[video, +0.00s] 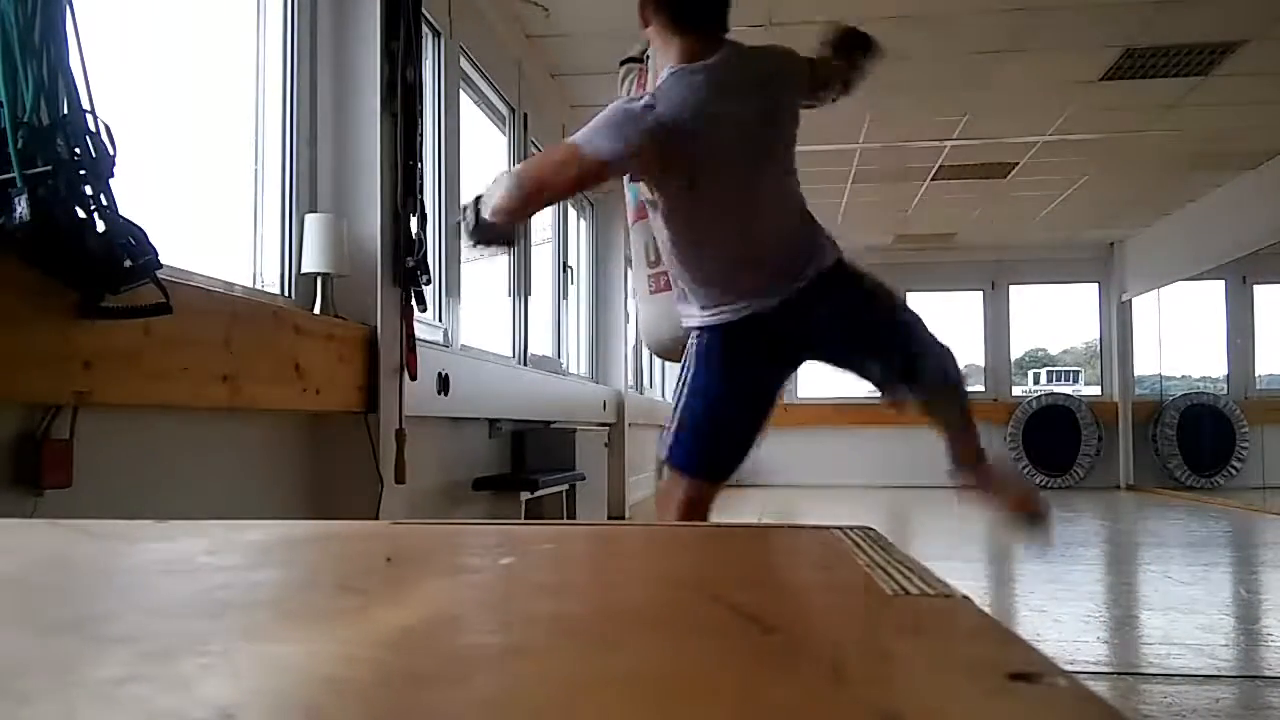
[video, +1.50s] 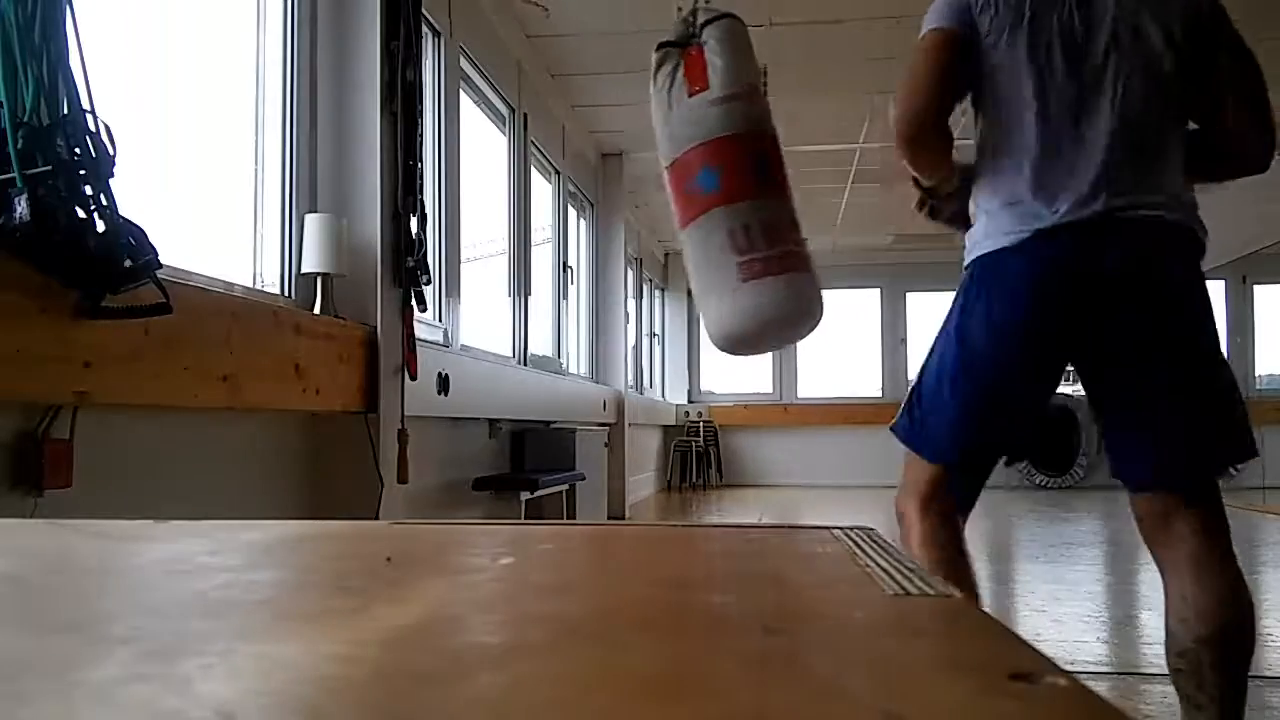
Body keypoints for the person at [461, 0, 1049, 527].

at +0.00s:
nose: (639, 22)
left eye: (640, 15)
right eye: (645, 16)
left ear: (650, 16)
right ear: (718, 15)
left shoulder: (646, 118)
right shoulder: (768, 67)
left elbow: (535, 184)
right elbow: (828, 81)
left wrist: (493, 216)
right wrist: (851, 51)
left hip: (733, 328)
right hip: (822, 286)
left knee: (684, 500)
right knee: (931, 366)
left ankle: (665, 641)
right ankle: (972, 467)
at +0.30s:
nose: (560, 105)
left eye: (559, 93)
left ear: (569, 105)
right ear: (647, 68)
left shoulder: (602, 226)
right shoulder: (723, 107)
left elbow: (587, 301)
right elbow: (830, 131)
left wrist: (584, 194)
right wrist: (895, 150)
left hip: (787, 355)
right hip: (838, 266)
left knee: (746, 516)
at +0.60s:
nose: (689, 14)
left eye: (694, 3)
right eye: (693, 4)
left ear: (712, 7)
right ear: (769, 1)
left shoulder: (732, 90)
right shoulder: (824, 50)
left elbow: (707, 239)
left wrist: (643, 181)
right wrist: (710, 88)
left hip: (783, 325)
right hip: (864, 296)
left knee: (710, 506)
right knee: (888, 435)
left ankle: (709, 670)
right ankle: (965, 575)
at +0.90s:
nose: (881, 12)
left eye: (885, 6)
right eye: (883, 9)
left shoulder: (918, 42)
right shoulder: (1034, 69)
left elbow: (905, 170)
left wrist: (806, 166)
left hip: (922, 338)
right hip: (1023, 339)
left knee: (804, 540)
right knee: (1056, 552)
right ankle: (1122, 719)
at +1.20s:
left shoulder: (960, 2)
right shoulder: (1158, 8)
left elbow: (870, 151)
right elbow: (1218, 149)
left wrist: (876, 92)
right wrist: (1105, 149)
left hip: (1015, 273)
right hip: (1140, 272)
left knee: (942, 520)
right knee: (1174, 520)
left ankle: (1044, 707)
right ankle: (1219, 710)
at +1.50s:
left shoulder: (979, 1)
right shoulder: (1182, 3)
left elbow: (914, 119)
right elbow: (1249, 143)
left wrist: (944, 185)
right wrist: (1133, 158)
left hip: (1022, 260)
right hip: (1156, 257)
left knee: (927, 502)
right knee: (1185, 519)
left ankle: (973, 711)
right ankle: (1214, 714)